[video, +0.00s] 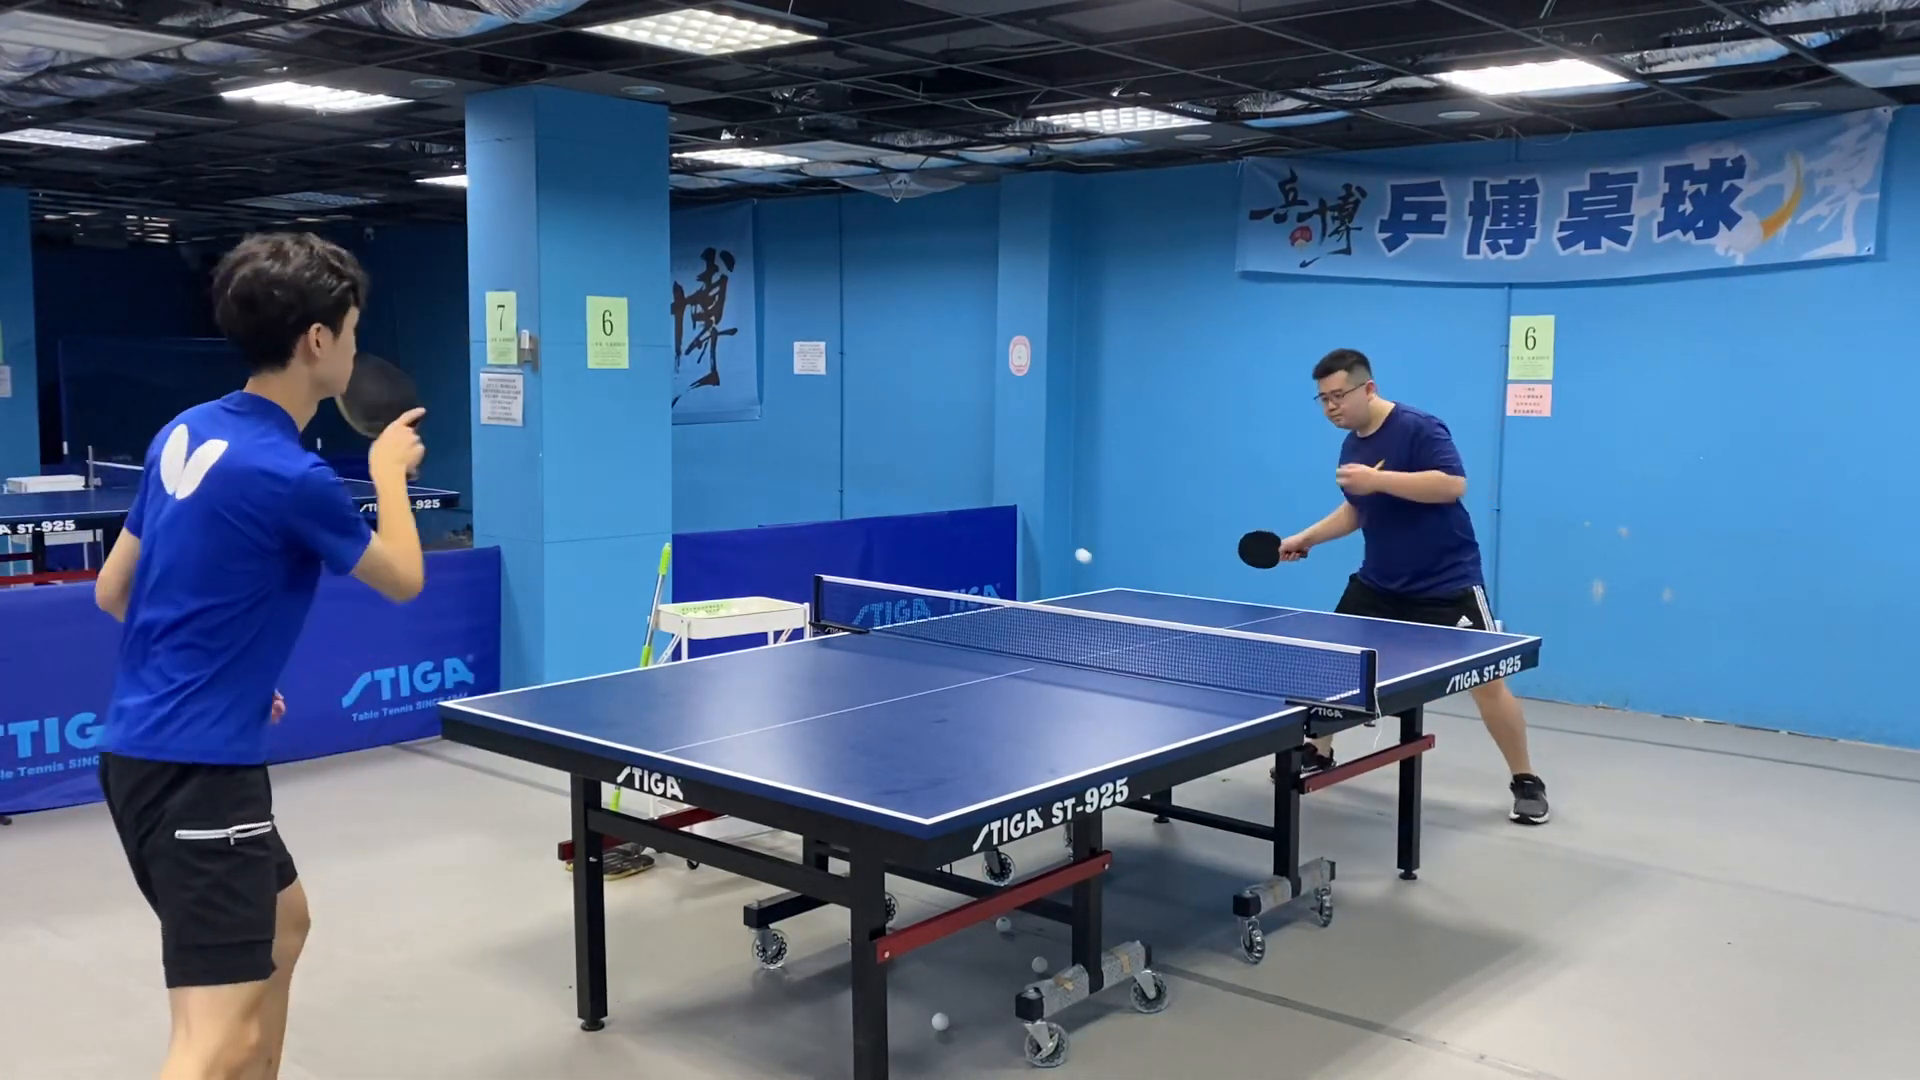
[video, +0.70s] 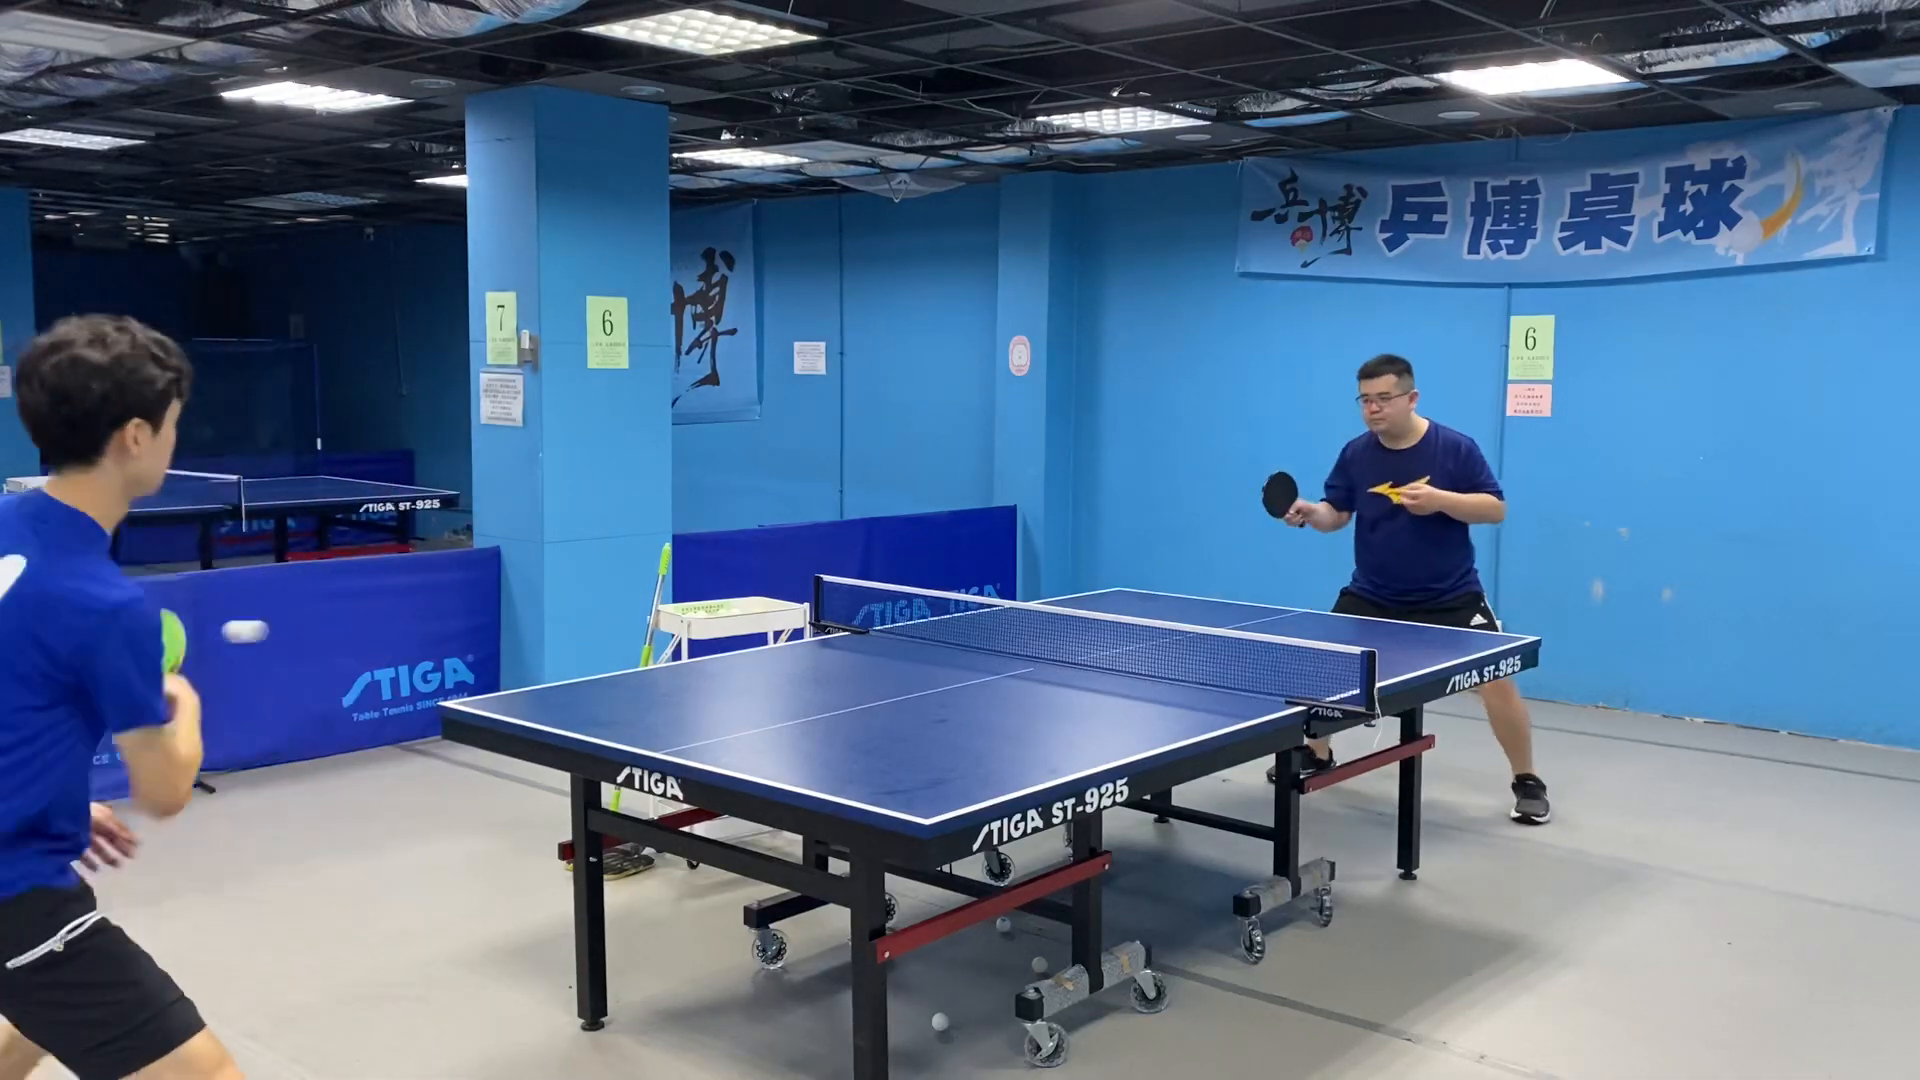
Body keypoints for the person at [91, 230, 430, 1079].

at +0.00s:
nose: (355, 352)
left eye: (353, 331)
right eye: (351, 332)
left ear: (269, 335)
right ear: (313, 341)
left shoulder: (185, 434)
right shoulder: (291, 475)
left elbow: (113, 590)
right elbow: (404, 575)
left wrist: (232, 677)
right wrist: (391, 470)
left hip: (160, 746)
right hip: (198, 766)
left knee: (284, 923)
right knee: (218, 1040)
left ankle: (255, 1074)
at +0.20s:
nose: (323, 369)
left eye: (320, 349)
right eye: (318, 350)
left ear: (211, 357)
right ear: (282, 362)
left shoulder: (139, 462)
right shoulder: (257, 513)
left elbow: (54, 621)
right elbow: (346, 685)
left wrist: (182, 626)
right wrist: (384, 586)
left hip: (80, 803)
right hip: (157, 819)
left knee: (217, 1039)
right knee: (213, 1060)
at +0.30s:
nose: (312, 371)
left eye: (311, 351)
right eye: (309, 351)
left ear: (206, 357)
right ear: (271, 362)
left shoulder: (140, 452)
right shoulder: (214, 512)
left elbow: (50, 604)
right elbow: (271, 724)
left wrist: (182, 625)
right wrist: (389, 669)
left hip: (47, 792)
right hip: (108, 818)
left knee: (163, 1050)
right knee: (201, 1062)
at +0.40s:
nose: (296, 393)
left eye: (295, 374)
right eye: (293, 375)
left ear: (224, 385)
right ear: (249, 387)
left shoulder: (165, 485)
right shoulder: (141, 539)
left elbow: (153, 632)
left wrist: (267, 669)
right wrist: (320, 759)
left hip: (119, 802)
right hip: (62, 836)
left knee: (182, 954)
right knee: (179, 1065)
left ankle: (91, 1066)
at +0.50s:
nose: (266, 441)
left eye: (265, 421)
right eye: (263, 422)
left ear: (206, 436)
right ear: (218, 434)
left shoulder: (193, 527)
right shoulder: (62, 583)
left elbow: (152, 660)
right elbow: (4, 794)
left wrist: (283, 715)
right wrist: (176, 825)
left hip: (112, 843)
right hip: (32, 867)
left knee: (137, 1010)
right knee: (181, 1066)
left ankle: (33, 1072)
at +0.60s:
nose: (231, 469)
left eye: (232, 449)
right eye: (228, 449)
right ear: (187, 460)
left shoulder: (126, 572)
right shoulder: (49, 610)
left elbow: (99, 735)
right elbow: (10, 834)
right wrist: (158, 799)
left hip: (78, 872)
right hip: (22, 902)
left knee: (92, 1046)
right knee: (191, 1068)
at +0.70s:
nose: (174, 443)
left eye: (175, 423)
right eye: (172, 424)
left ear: (50, 427)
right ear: (132, 438)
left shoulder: (9, 518)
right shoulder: (106, 606)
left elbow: (5, 707)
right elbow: (162, 792)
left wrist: (62, 805)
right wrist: (186, 708)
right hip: (23, 889)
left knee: (43, 1007)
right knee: (205, 1068)